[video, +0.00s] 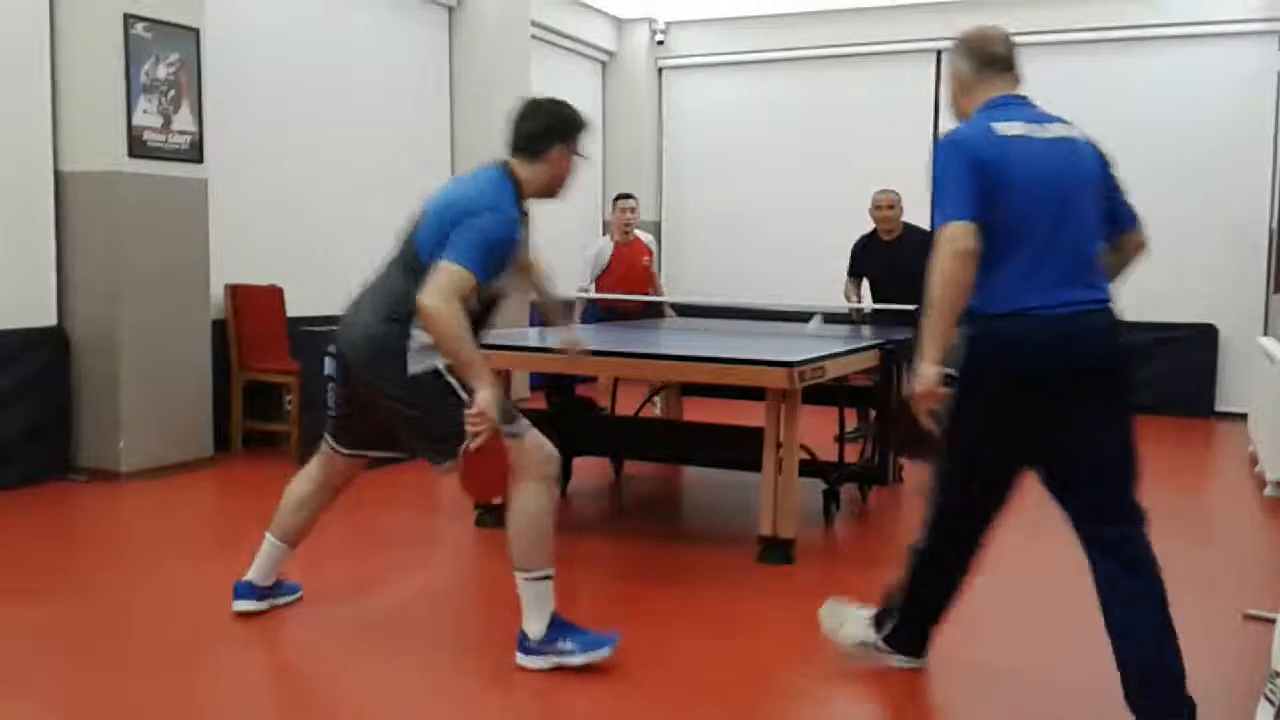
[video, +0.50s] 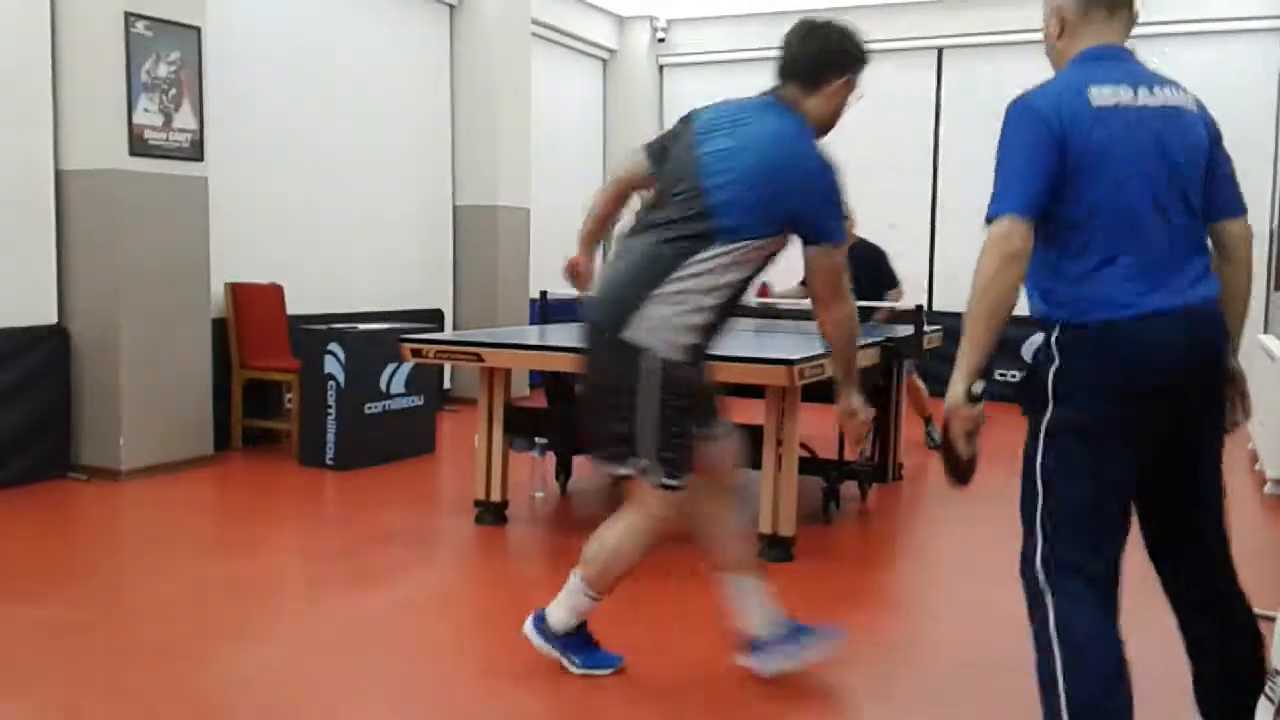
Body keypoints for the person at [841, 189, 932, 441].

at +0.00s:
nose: (885, 214)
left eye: (891, 207)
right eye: (878, 208)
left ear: (901, 210)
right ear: (871, 213)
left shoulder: (923, 240)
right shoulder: (864, 246)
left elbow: (939, 276)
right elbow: (853, 282)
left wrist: (932, 310)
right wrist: (855, 303)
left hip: (920, 318)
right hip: (883, 320)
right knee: (860, 360)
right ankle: (863, 421)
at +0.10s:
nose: (888, 207)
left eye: (894, 201)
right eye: (882, 201)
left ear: (904, 204)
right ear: (873, 206)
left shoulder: (923, 235)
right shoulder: (864, 237)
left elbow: (947, 274)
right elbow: (851, 269)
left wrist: (930, 306)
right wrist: (845, 286)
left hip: (918, 317)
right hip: (877, 317)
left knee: (944, 359)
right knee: (848, 353)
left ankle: (939, 419)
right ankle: (860, 413)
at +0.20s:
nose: (891, 214)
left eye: (897, 208)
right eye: (885, 209)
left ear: (906, 212)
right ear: (876, 213)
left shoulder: (924, 246)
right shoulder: (866, 243)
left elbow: (945, 285)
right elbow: (849, 276)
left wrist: (927, 314)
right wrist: (840, 295)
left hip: (912, 325)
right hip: (870, 325)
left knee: (935, 368)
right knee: (841, 361)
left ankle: (935, 427)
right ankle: (849, 412)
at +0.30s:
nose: (886, 213)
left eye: (891, 207)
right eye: (879, 208)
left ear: (900, 211)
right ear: (870, 212)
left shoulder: (915, 246)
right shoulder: (858, 242)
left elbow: (931, 284)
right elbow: (841, 275)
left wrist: (916, 304)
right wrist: (830, 291)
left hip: (905, 320)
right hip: (863, 318)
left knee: (929, 365)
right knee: (816, 351)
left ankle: (934, 424)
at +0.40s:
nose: (865, 221)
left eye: (870, 215)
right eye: (859, 216)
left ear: (879, 219)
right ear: (851, 220)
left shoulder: (896, 253)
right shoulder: (840, 252)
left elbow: (918, 292)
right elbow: (821, 287)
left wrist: (906, 318)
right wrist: (803, 306)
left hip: (890, 326)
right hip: (850, 325)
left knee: (919, 364)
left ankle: (931, 426)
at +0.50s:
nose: (838, 229)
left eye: (842, 222)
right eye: (834, 224)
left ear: (851, 222)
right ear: (826, 228)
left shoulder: (870, 253)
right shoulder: (824, 255)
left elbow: (894, 292)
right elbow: (807, 288)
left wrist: (876, 321)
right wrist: (776, 296)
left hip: (877, 329)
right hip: (843, 329)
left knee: (906, 372)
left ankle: (928, 422)